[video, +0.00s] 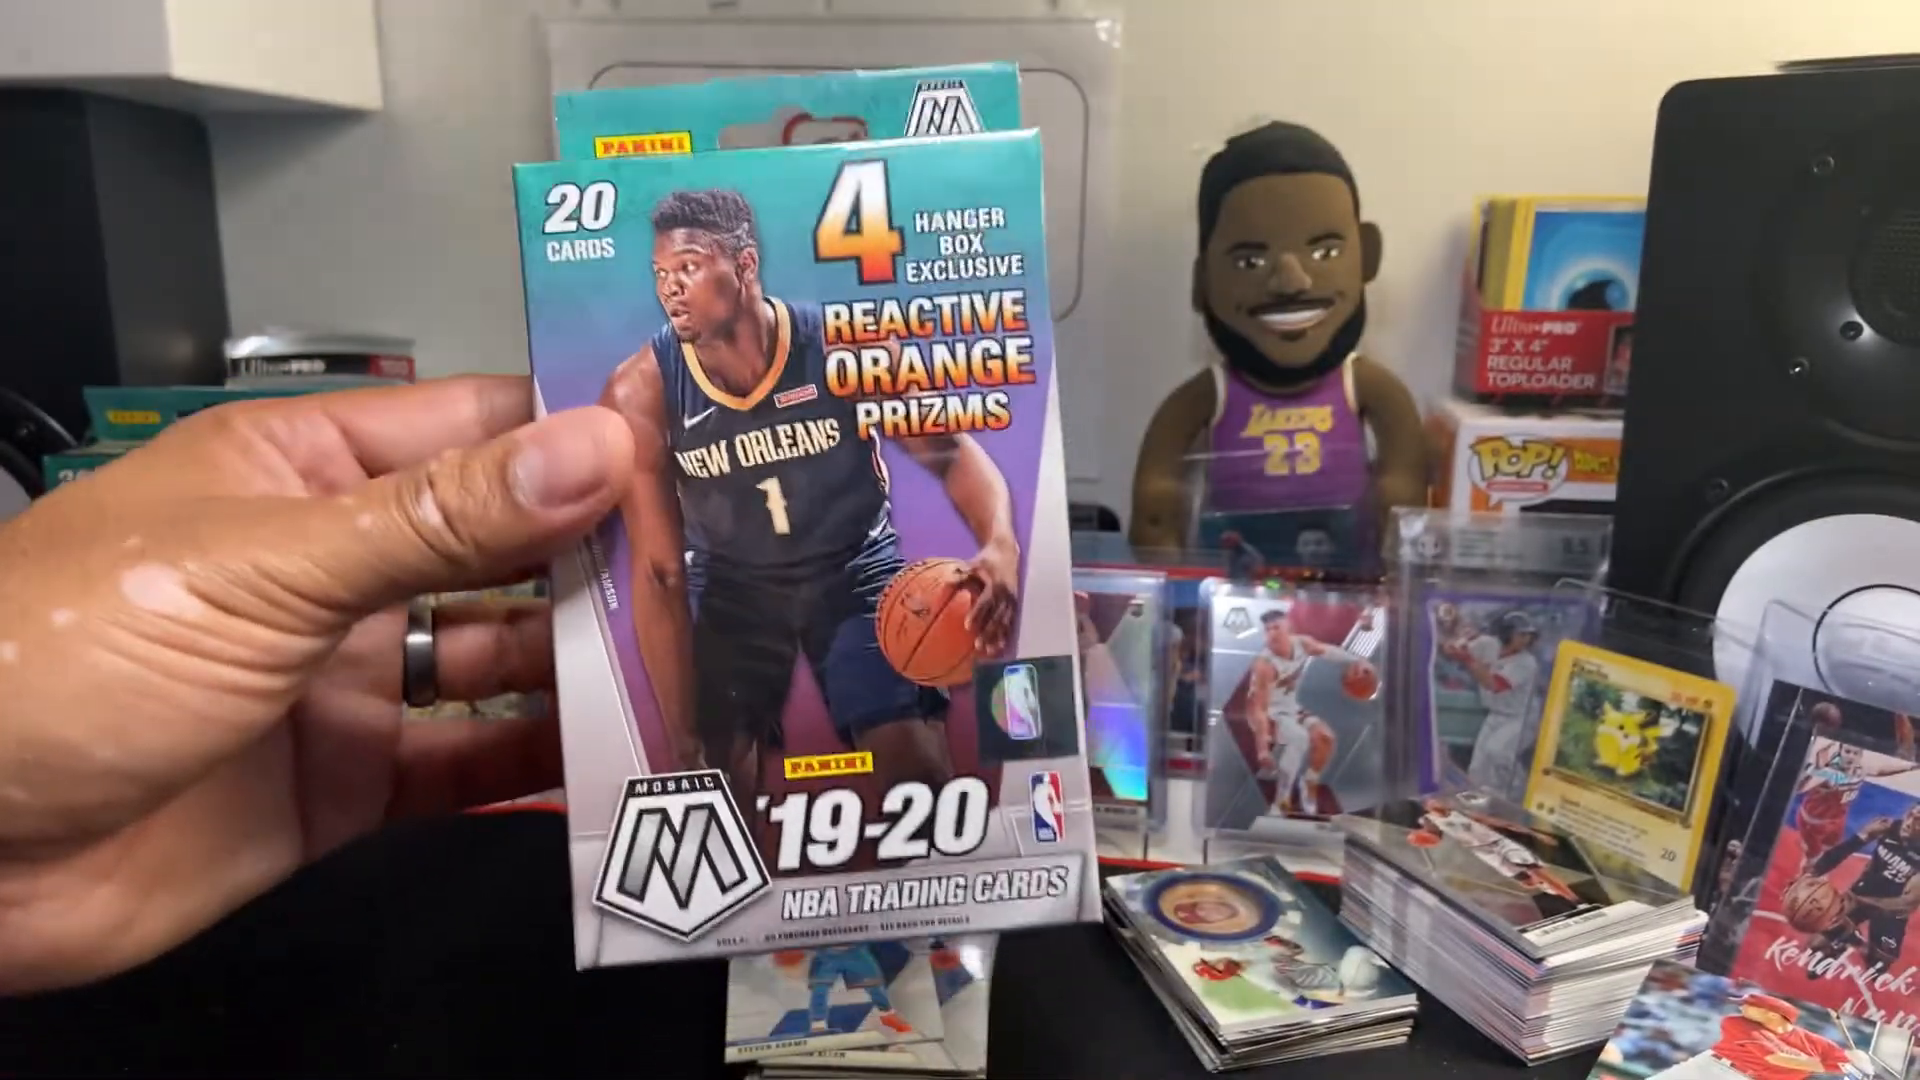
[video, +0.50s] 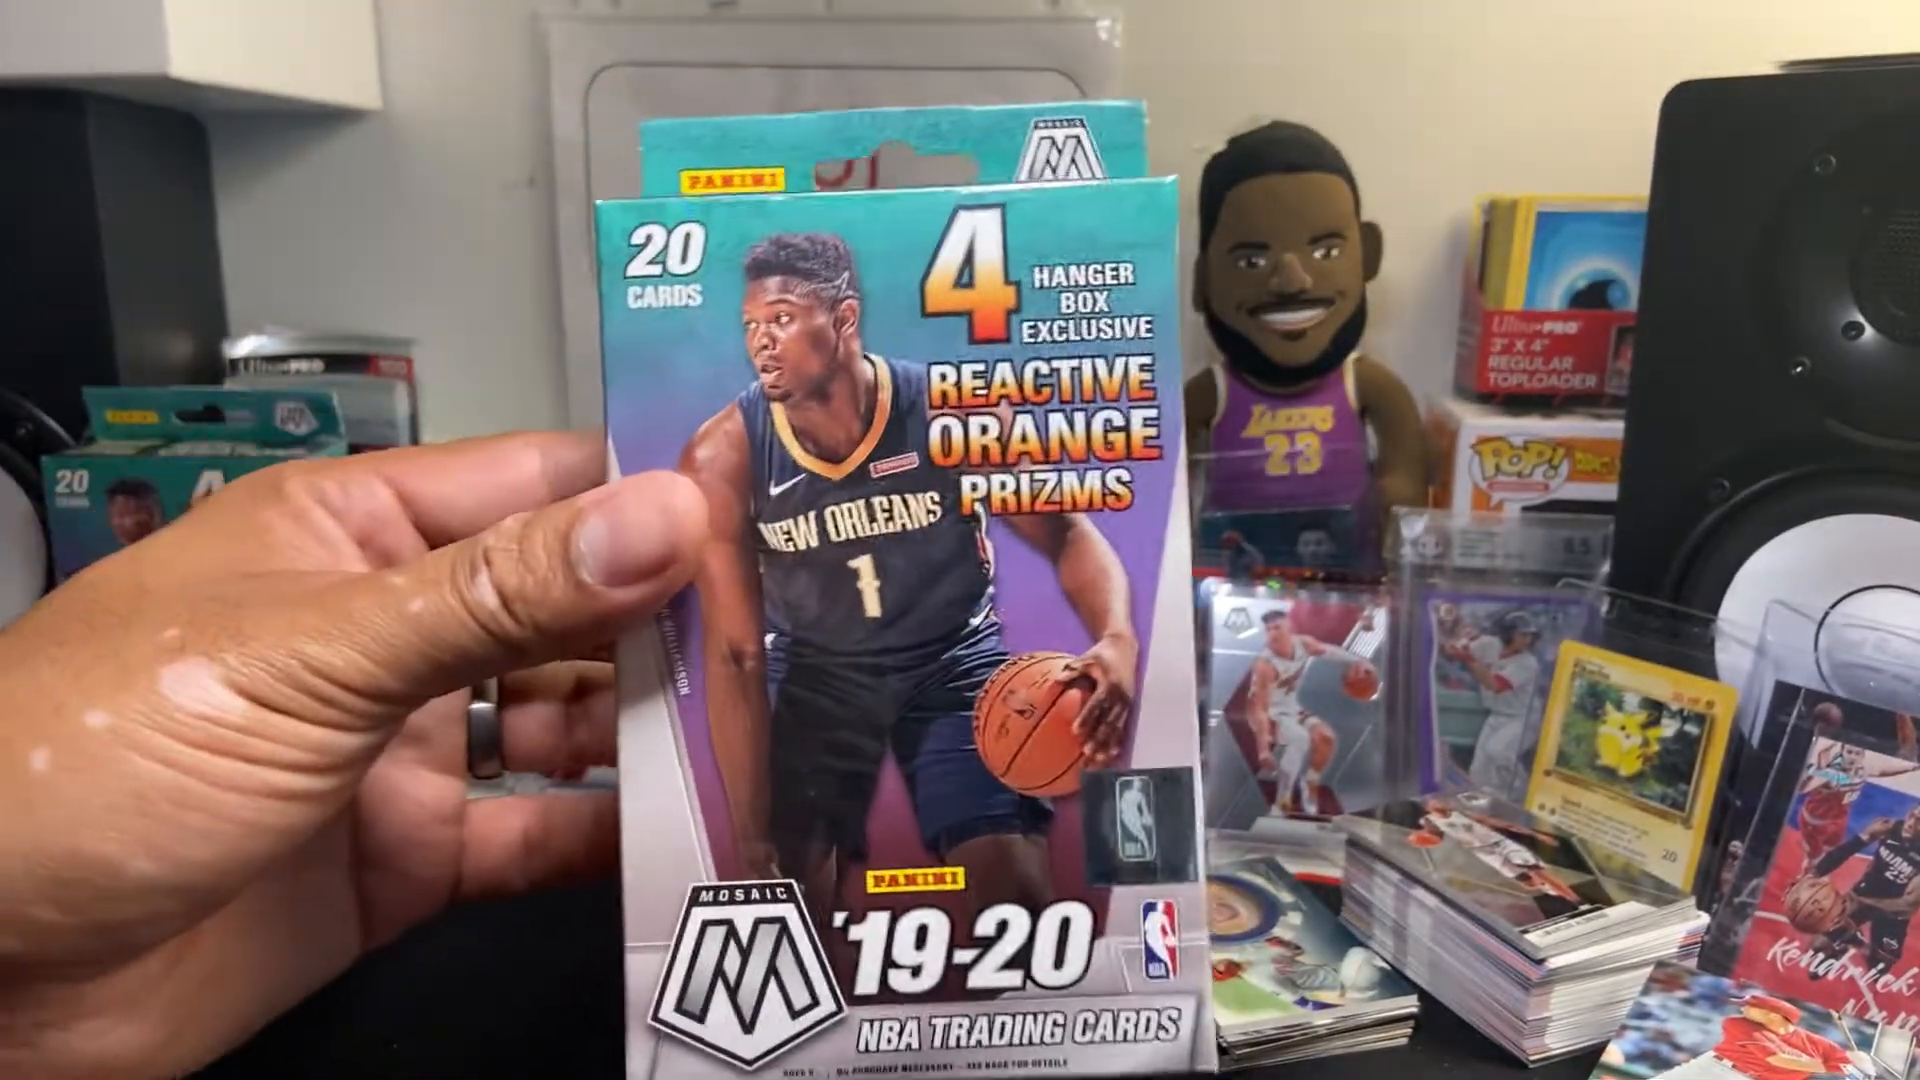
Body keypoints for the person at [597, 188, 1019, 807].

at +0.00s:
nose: (670, 290)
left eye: (689, 268)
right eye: (661, 273)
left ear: (746, 266)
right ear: (654, 282)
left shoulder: (840, 348)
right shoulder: (643, 391)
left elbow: (950, 453)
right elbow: (658, 574)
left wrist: (1001, 544)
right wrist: (682, 741)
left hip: (855, 573)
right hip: (736, 587)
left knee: (906, 752)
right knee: (721, 773)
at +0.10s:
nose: (678, 304)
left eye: (696, 284)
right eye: (670, 287)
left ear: (756, 280)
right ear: (662, 294)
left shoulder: (852, 363)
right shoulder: (652, 407)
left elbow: (965, 474)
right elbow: (666, 594)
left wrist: (1016, 566)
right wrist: (690, 762)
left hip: (865, 593)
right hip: (745, 608)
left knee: (921, 779)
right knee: (733, 802)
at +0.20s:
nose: (696, 341)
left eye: (715, 320)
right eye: (687, 324)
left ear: (775, 316)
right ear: (680, 330)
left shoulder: (872, 401)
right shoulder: (667, 445)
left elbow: (986, 513)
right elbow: (682, 634)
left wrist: (1037, 606)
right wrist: (703, 799)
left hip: (885, 635)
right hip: (764, 649)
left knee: (943, 826)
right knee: (745, 848)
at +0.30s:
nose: (721, 361)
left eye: (741, 339)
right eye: (712, 345)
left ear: (803, 336)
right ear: (703, 353)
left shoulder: (902, 427)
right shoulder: (689, 468)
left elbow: (1015, 543)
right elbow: (702, 662)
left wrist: (1065, 637)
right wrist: (720, 842)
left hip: (911, 668)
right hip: (783, 682)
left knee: (965, 869)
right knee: (768, 887)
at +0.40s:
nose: (746, 358)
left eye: (768, 335)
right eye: (738, 341)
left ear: (831, 335)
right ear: (729, 351)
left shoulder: (932, 427)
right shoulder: (713, 469)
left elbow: (1047, 547)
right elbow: (723, 666)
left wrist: (1099, 646)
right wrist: (741, 850)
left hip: (940, 674)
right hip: (807, 688)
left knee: (994, 889)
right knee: (786, 901)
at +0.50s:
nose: (760, 343)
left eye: (781, 321)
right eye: (752, 326)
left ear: (846, 319)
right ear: (744, 334)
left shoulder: (947, 410)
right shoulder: (726, 455)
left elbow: (1065, 534)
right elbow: (735, 657)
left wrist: (1119, 639)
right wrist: (751, 843)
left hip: (957, 663)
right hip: (823, 678)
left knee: (1007, 879)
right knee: (796, 884)